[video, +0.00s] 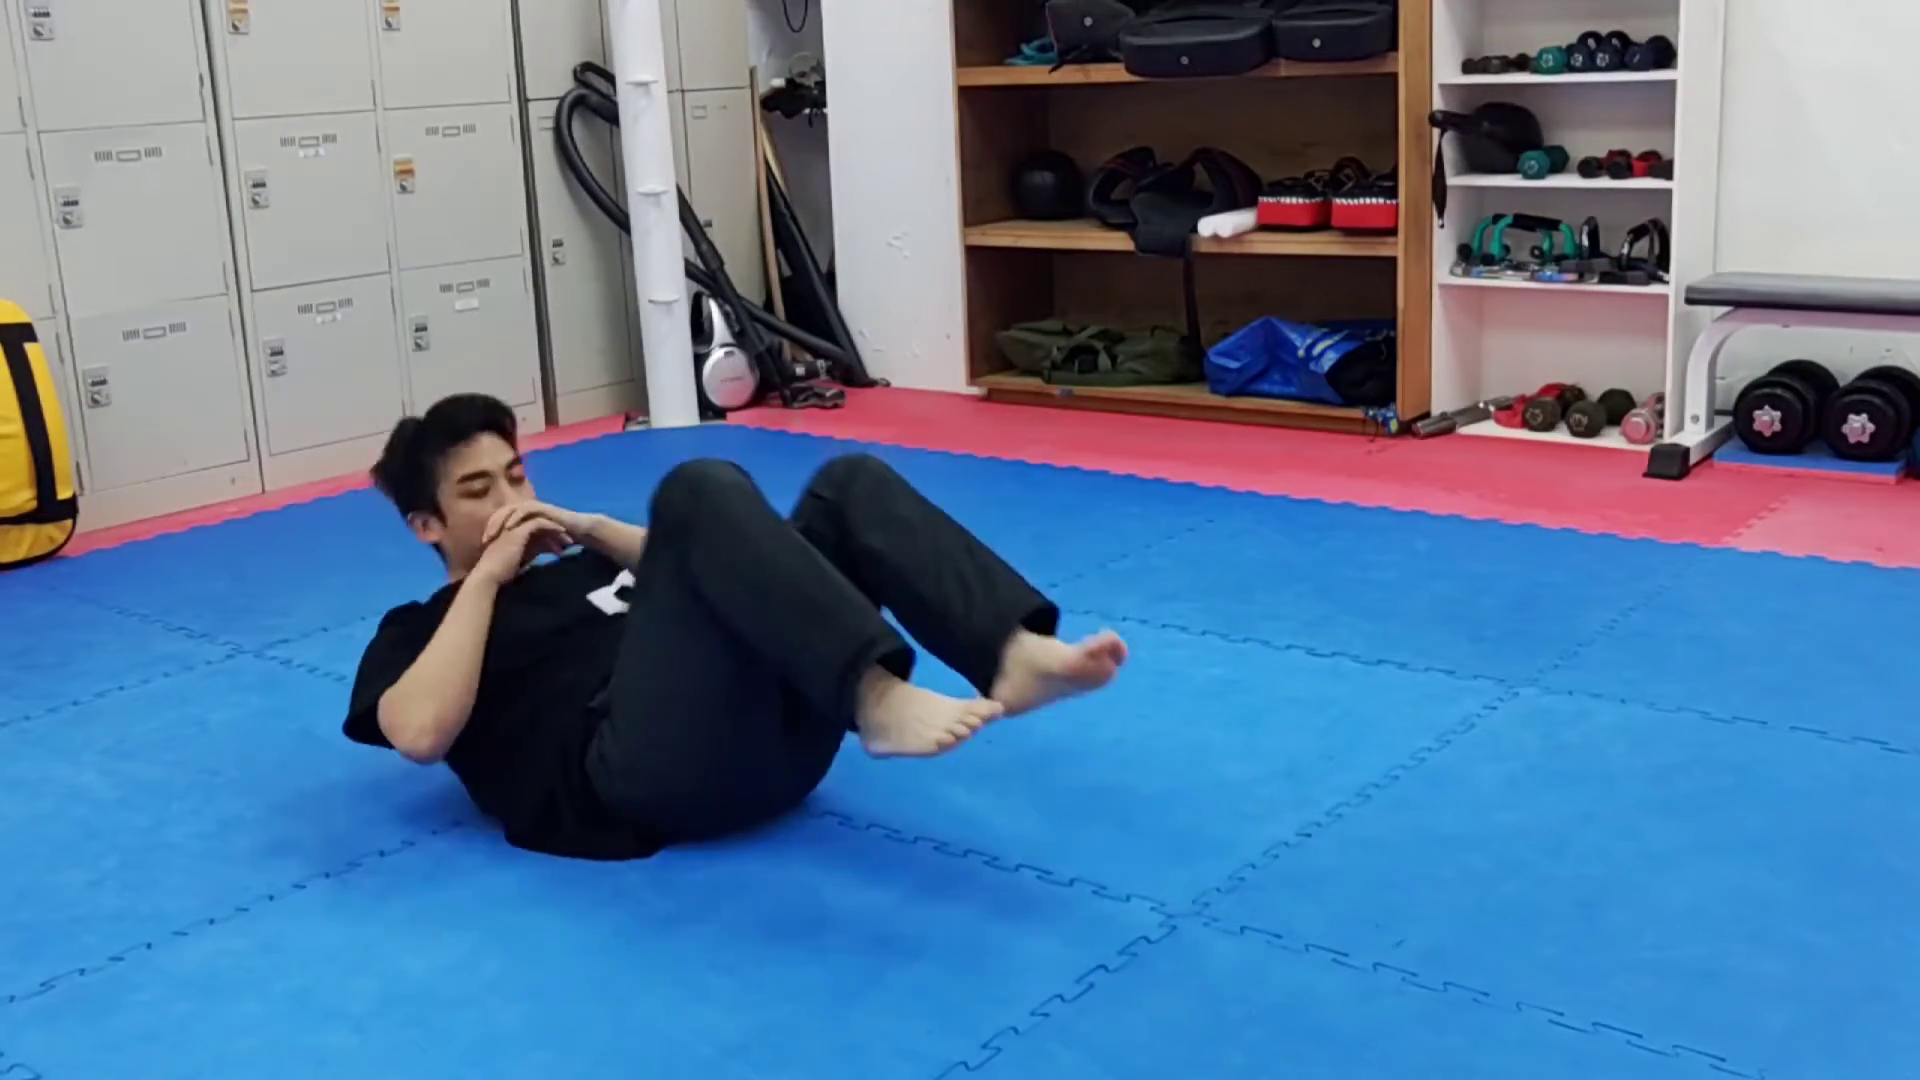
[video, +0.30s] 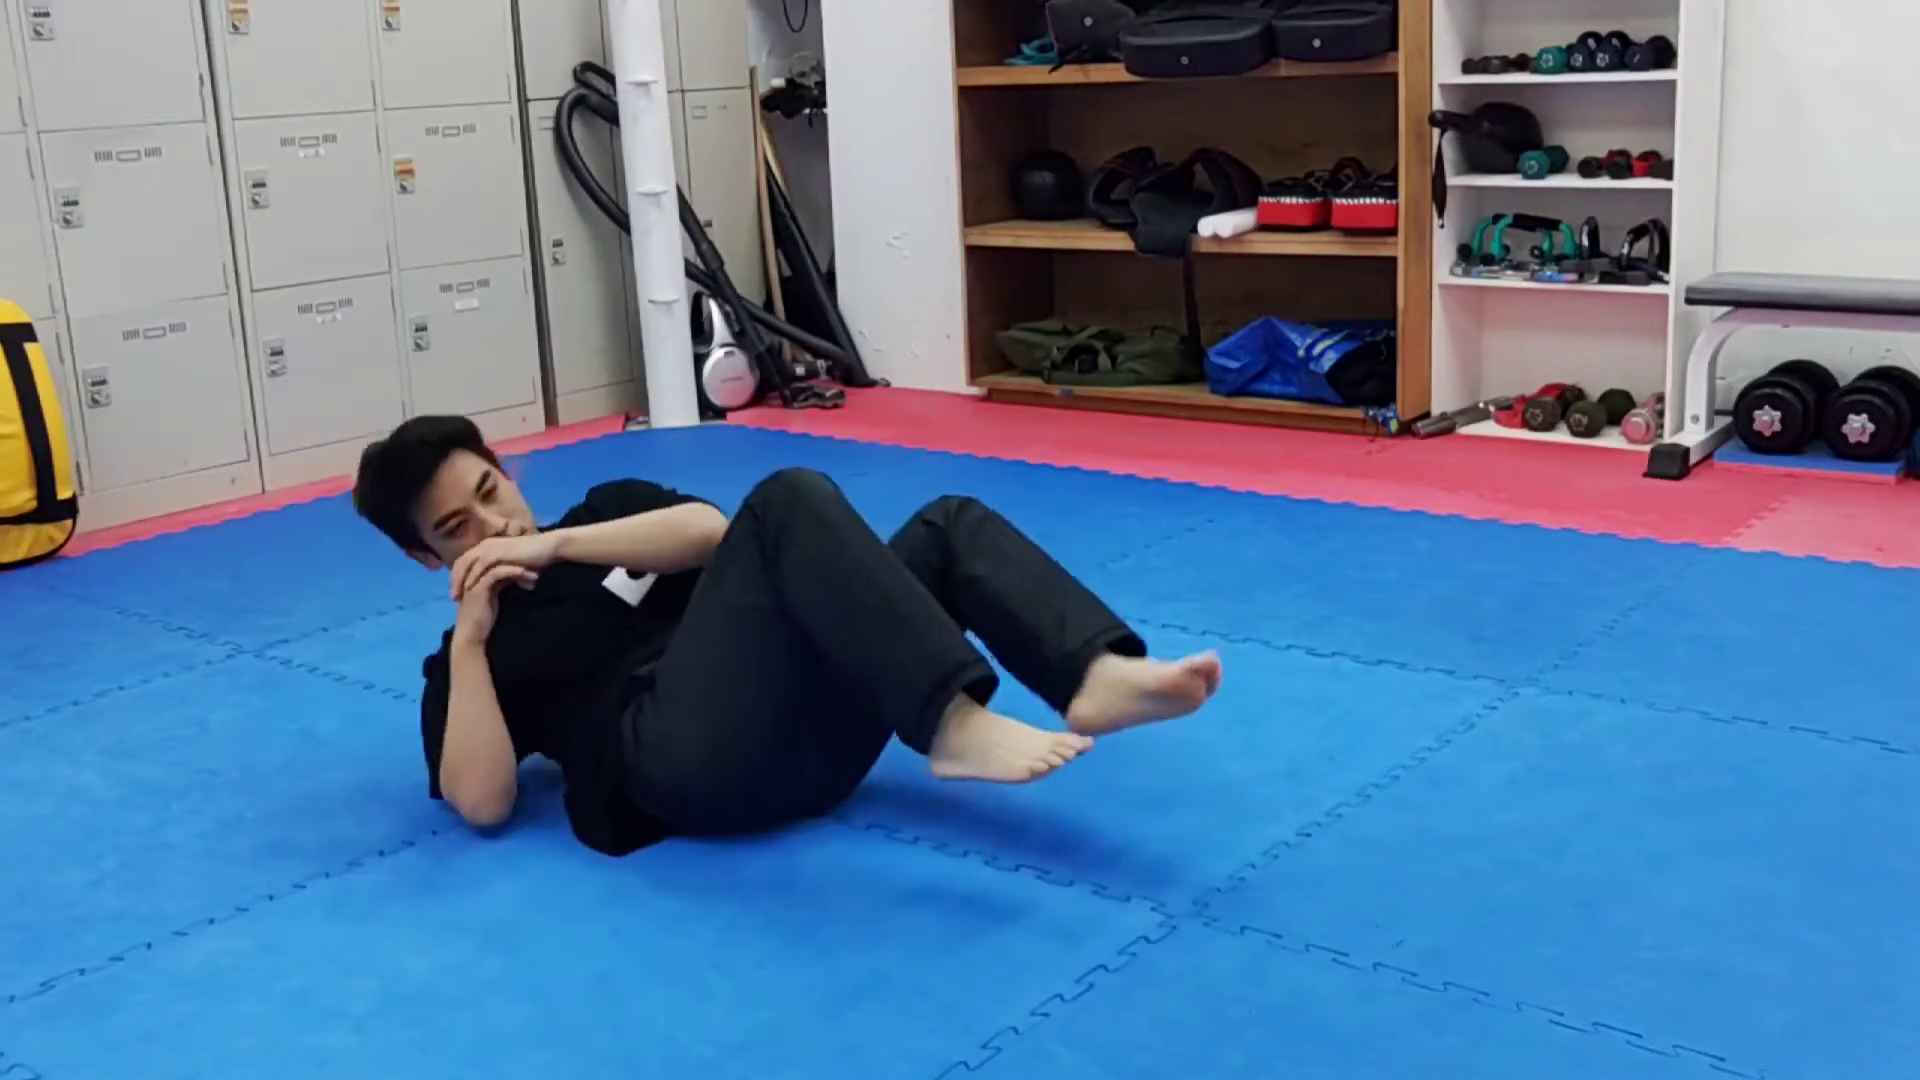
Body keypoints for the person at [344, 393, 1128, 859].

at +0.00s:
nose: (504, 501)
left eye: (513, 479)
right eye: (474, 491)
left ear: (531, 489)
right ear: (428, 522)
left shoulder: (590, 578)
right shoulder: (414, 632)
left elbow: (694, 580)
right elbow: (421, 733)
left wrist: (594, 533)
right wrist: (485, 580)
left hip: (766, 746)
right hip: (647, 783)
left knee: (847, 482)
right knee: (698, 487)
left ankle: (1011, 651)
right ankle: (875, 698)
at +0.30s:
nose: (491, 522)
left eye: (487, 491)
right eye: (457, 525)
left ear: (508, 471)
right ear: (429, 555)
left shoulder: (614, 507)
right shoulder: (459, 661)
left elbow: (722, 540)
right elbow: (482, 803)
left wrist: (560, 547)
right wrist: (468, 646)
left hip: (810, 721)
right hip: (695, 770)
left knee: (946, 523)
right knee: (787, 498)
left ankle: (1092, 670)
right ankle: (950, 723)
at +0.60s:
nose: (478, 553)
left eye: (475, 535)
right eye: (451, 552)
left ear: (492, 546)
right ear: (412, 598)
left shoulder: (574, 593)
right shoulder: (443, 699)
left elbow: (659, 527)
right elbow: (422, 758)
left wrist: (532, 517)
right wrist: (428, 602)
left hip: (783, 694)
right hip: (680, 741)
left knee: (803, 434)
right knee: (649, 445)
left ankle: (1025, 430)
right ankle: (888, 556)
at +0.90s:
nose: (506, 541)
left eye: (505, 528)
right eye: (473, 535)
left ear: (517, 546)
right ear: (425, 590)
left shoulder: (580, 607)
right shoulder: (432, 673)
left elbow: (707, 586)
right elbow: (497, 641)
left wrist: (639, 526)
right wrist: (552, 528)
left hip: (772, 674)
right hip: (688, 738)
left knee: (767, 406)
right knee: (661, 471)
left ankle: (985, 512)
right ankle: (913, 585)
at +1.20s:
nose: (603, 452)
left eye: (599, 433)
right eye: (571, 441)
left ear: (601, 443)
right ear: (514, 482)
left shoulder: (649, 537)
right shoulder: (497, 584)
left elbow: (794, 579)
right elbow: (566, 638)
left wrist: (723, 509)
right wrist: (632, 513)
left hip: (844, 703)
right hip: (752, 743)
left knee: (935, 481)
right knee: (819, 487)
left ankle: (1115, 656)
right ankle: (999, 696)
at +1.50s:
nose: (543, 498)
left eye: (535, 475)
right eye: (514, 506)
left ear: (554, 460)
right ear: (490, 543)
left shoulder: (652, 511)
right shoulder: (534, 635)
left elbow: (788, 507)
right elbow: (579, 742)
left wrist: (637, 500)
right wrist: (564, 585)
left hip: (864, 681)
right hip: (775, 730)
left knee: (983, 476)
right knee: (878, 480)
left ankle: (1179, 616)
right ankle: (1035, 697)